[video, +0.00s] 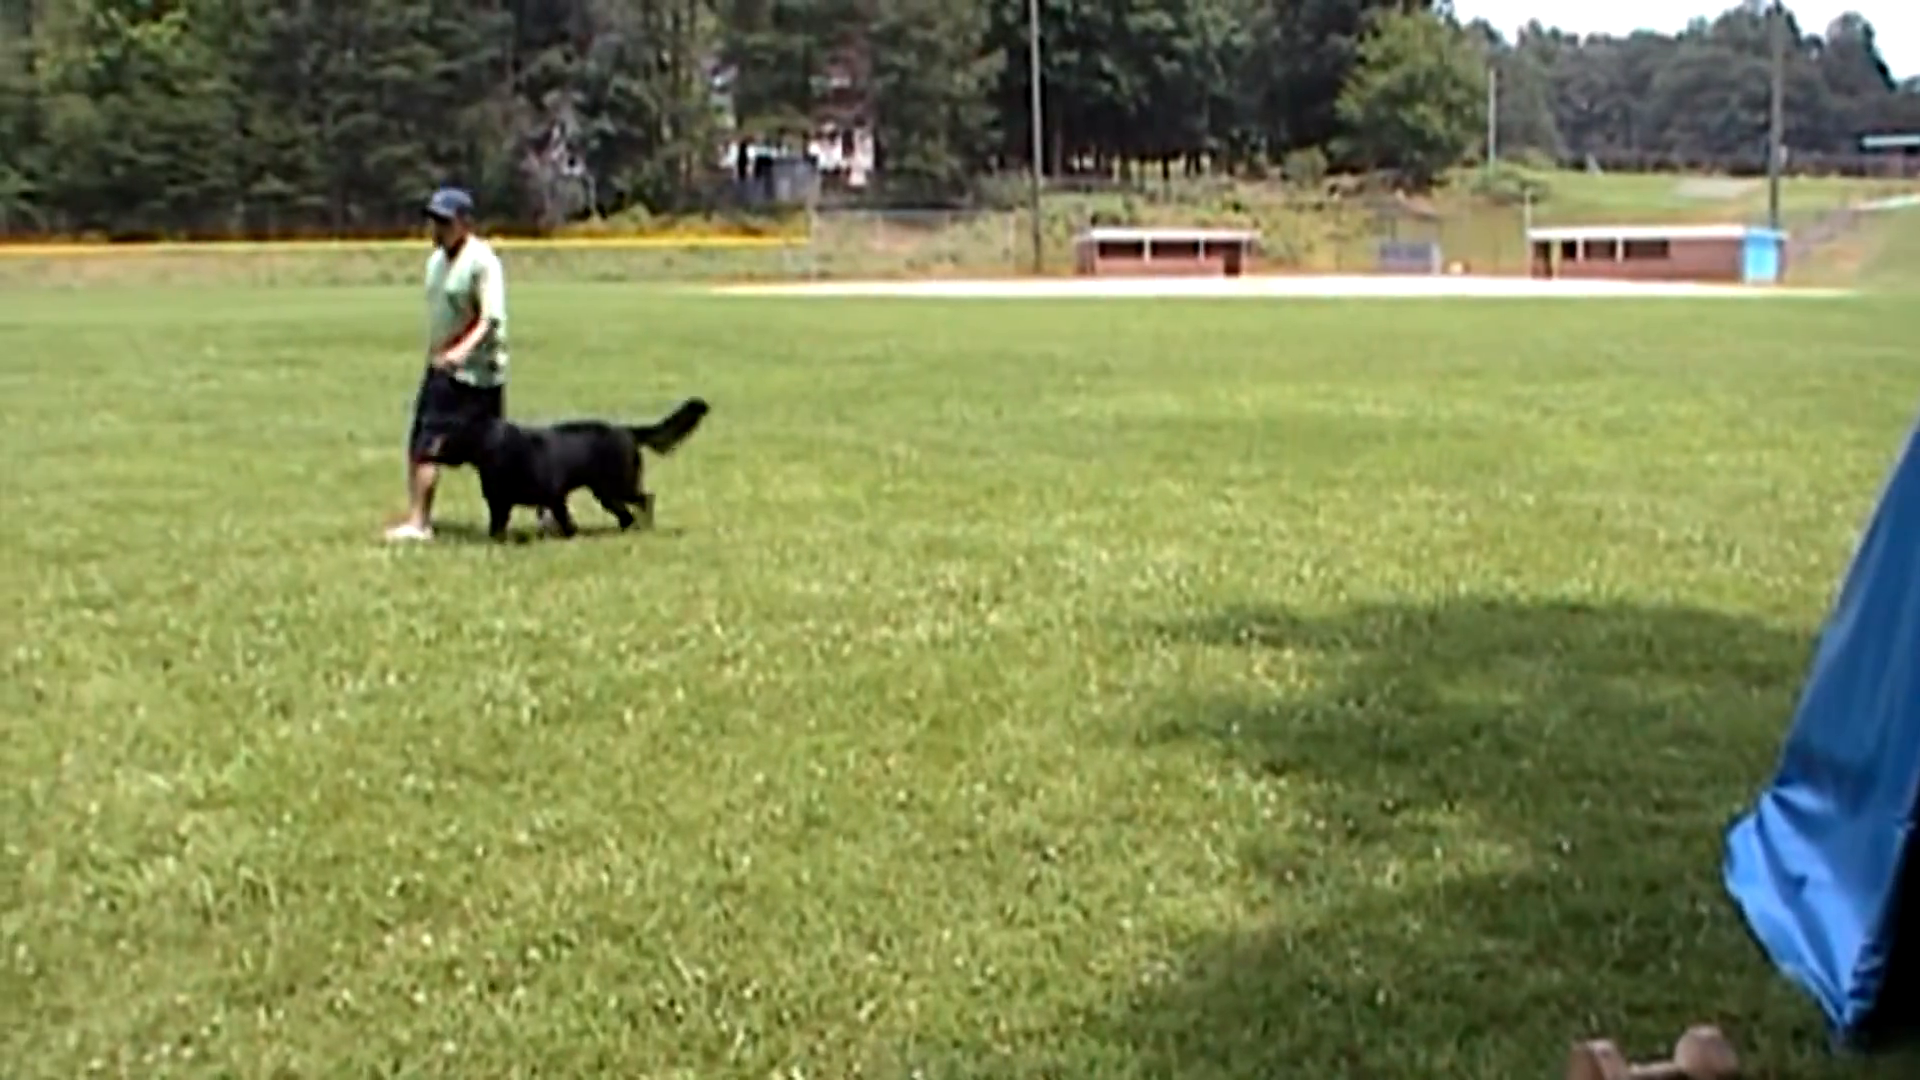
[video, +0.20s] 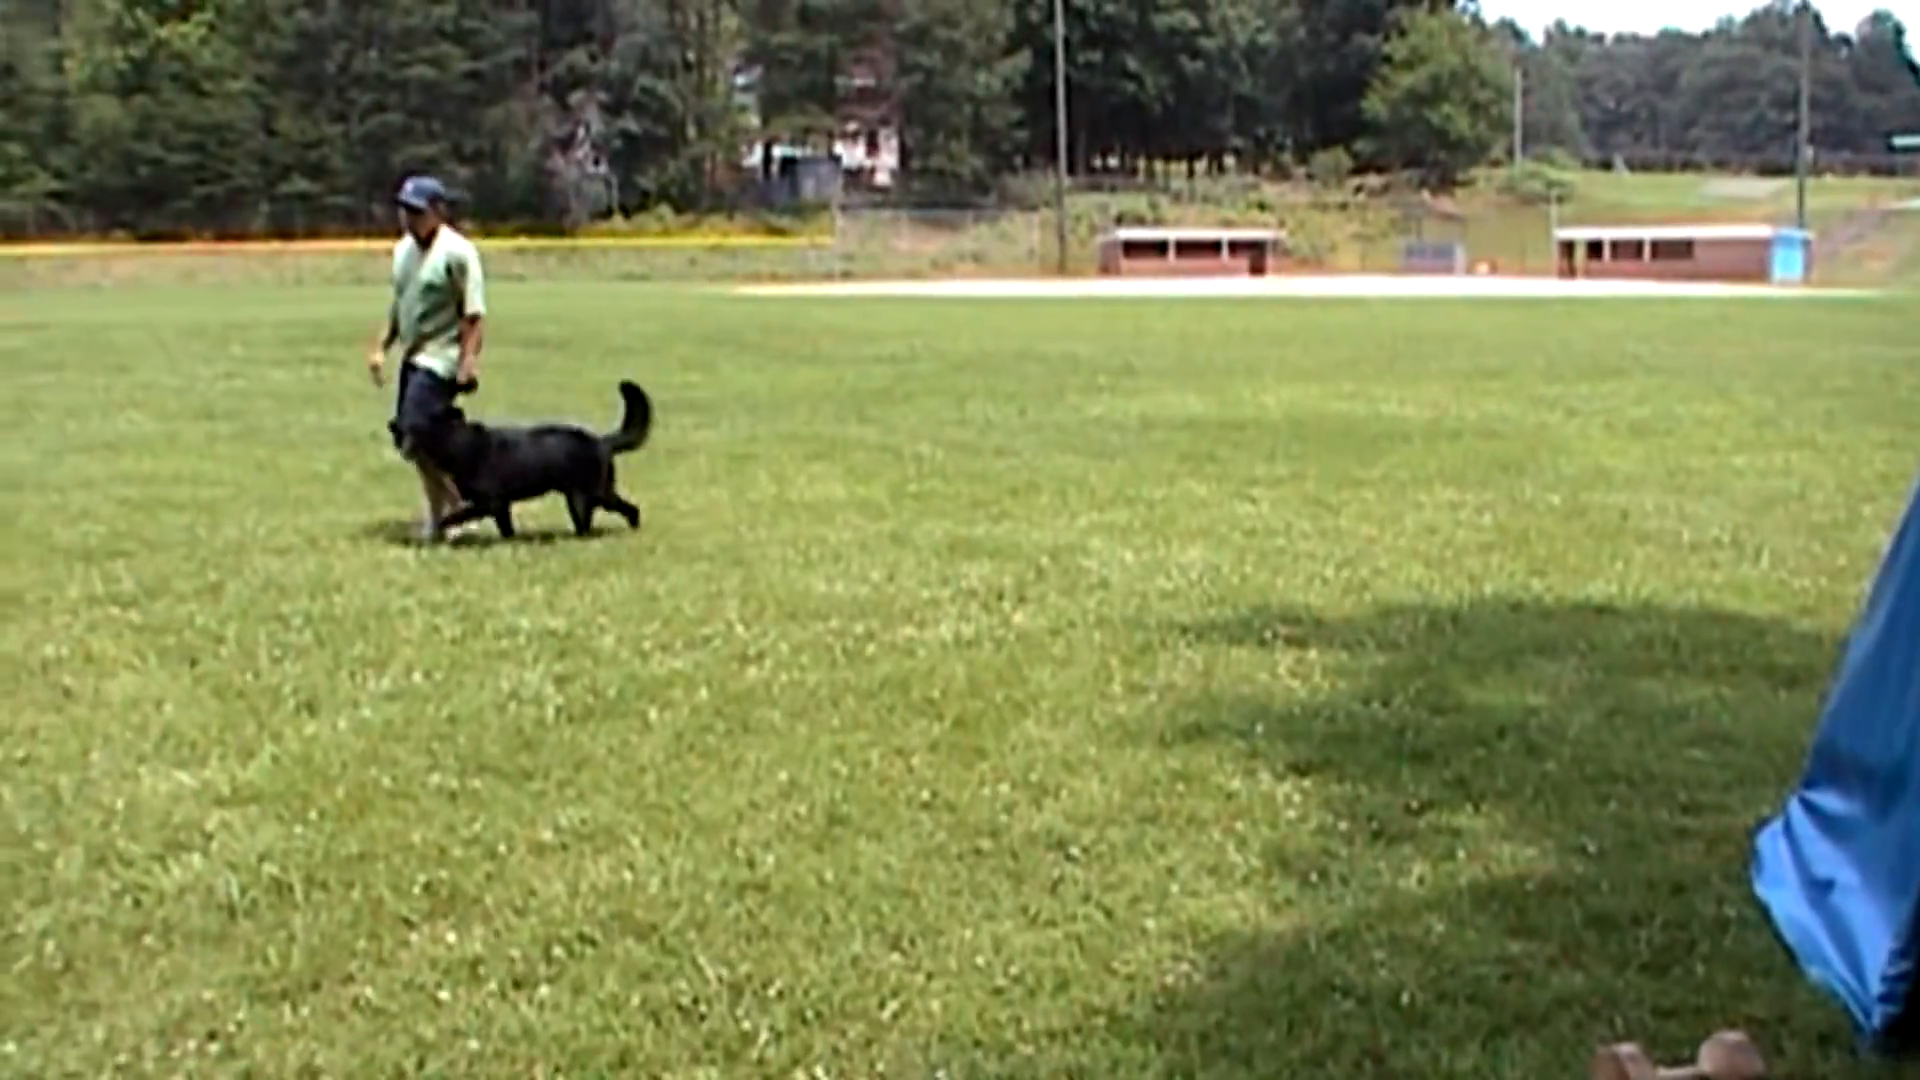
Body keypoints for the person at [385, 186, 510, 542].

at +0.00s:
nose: (436, 230)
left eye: (444, 222)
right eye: (433, 221)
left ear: (464, 223)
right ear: (432, 223)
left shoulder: (484, 262)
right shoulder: (436, 260)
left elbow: (490, 318)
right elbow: (444, 312)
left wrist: (458, 352)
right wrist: (438, 353)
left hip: (480, 373)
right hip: (442, 368)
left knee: (489, 450)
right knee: (423, 448)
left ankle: (539, 503)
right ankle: (419, 519)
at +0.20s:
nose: (408, 220)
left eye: (416, 212)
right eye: (405, 212)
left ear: (437, 212)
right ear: (402, 213)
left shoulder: (460, 253)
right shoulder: (404, 249)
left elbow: (473, 314)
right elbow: (399, 304)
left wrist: (467, 363)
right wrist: (382, 345)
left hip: (443, 350)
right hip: (413, 348)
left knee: (415, 428)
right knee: (410, 432)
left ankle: (451, 499)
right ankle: (438, 510)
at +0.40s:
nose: (430, 231)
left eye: (438, 223)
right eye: (426, 223)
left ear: (459, 222)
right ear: (422, 223)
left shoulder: (477, 263)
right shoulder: (423, 256)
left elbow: (500, 323)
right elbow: (411, 302)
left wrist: (495, 375)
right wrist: (388, 319)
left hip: (464, 365)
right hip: (433, 361)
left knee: (424, 442)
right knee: (466, 445)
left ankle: (388, 521)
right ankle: (498, 507)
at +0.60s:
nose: (496, 231)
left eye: (504, 224)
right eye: (493, 223)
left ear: (523, 226)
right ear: (488, 224)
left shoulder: (545, 266)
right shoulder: (487, 257)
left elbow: (563, 324)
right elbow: (464, 307)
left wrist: (555, 372)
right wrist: (466, 269)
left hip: (526, 365)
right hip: (494, 361)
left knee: (492, 441)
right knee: (502, 445)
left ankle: (490, 526)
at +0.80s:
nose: (575, 226)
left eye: (582, 219)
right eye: (569, 218)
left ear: (598, 220)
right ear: (562, 219)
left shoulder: (623, 260)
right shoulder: (560, 249)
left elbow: (640, 319)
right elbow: (533, 298)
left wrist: (631, 369)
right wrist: (540, 259)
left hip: (605, 367)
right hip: (563, 362)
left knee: (601, 453)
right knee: (535, 440)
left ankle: (612, 526)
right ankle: (568, 518)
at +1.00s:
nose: (638, 235)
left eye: (646, 227)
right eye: (633, 226)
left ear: (664, 227)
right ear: (626, 226)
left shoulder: (687, 268)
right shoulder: (622, 259)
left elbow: (711, 327)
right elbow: (599, 311)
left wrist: (706, 377)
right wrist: (604, 272)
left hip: (672, 381)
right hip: (627, 378)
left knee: (694, 459)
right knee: (602, 464)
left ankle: (720, 528)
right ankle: (583, 536)